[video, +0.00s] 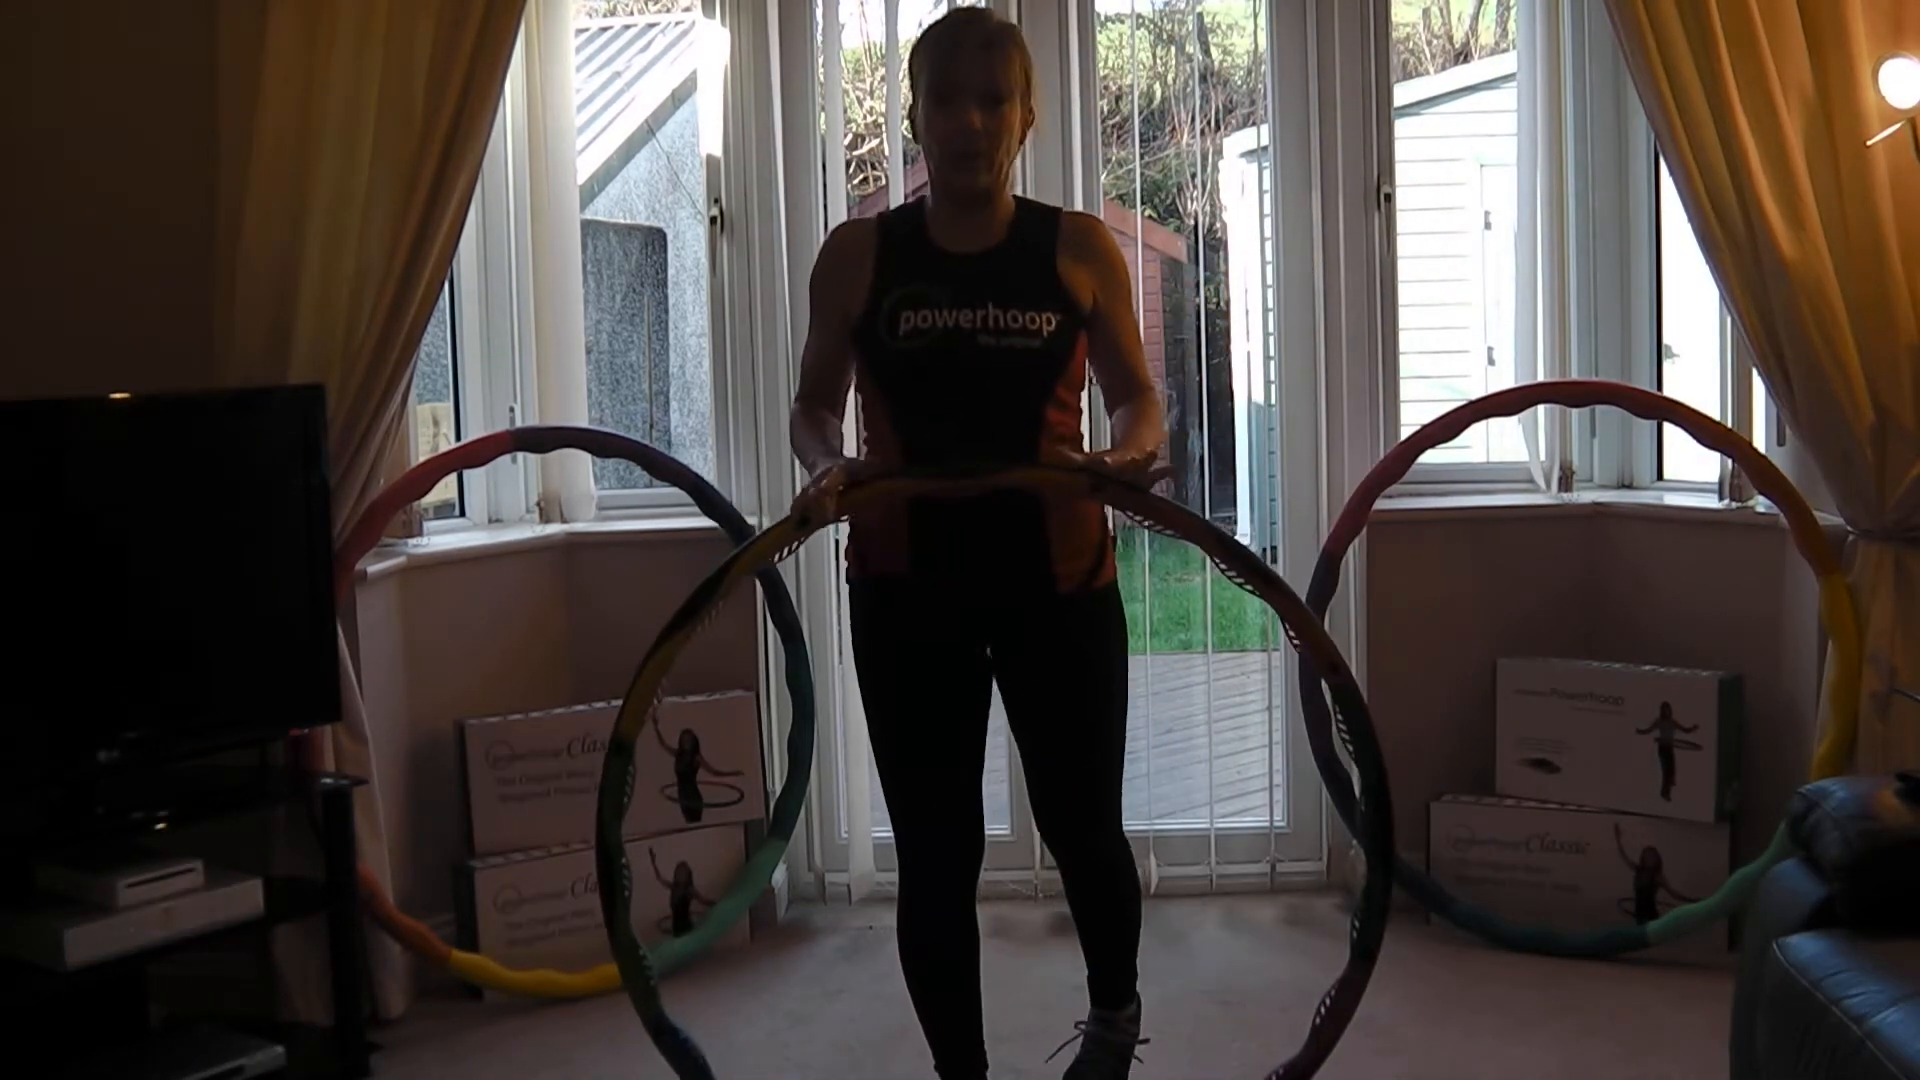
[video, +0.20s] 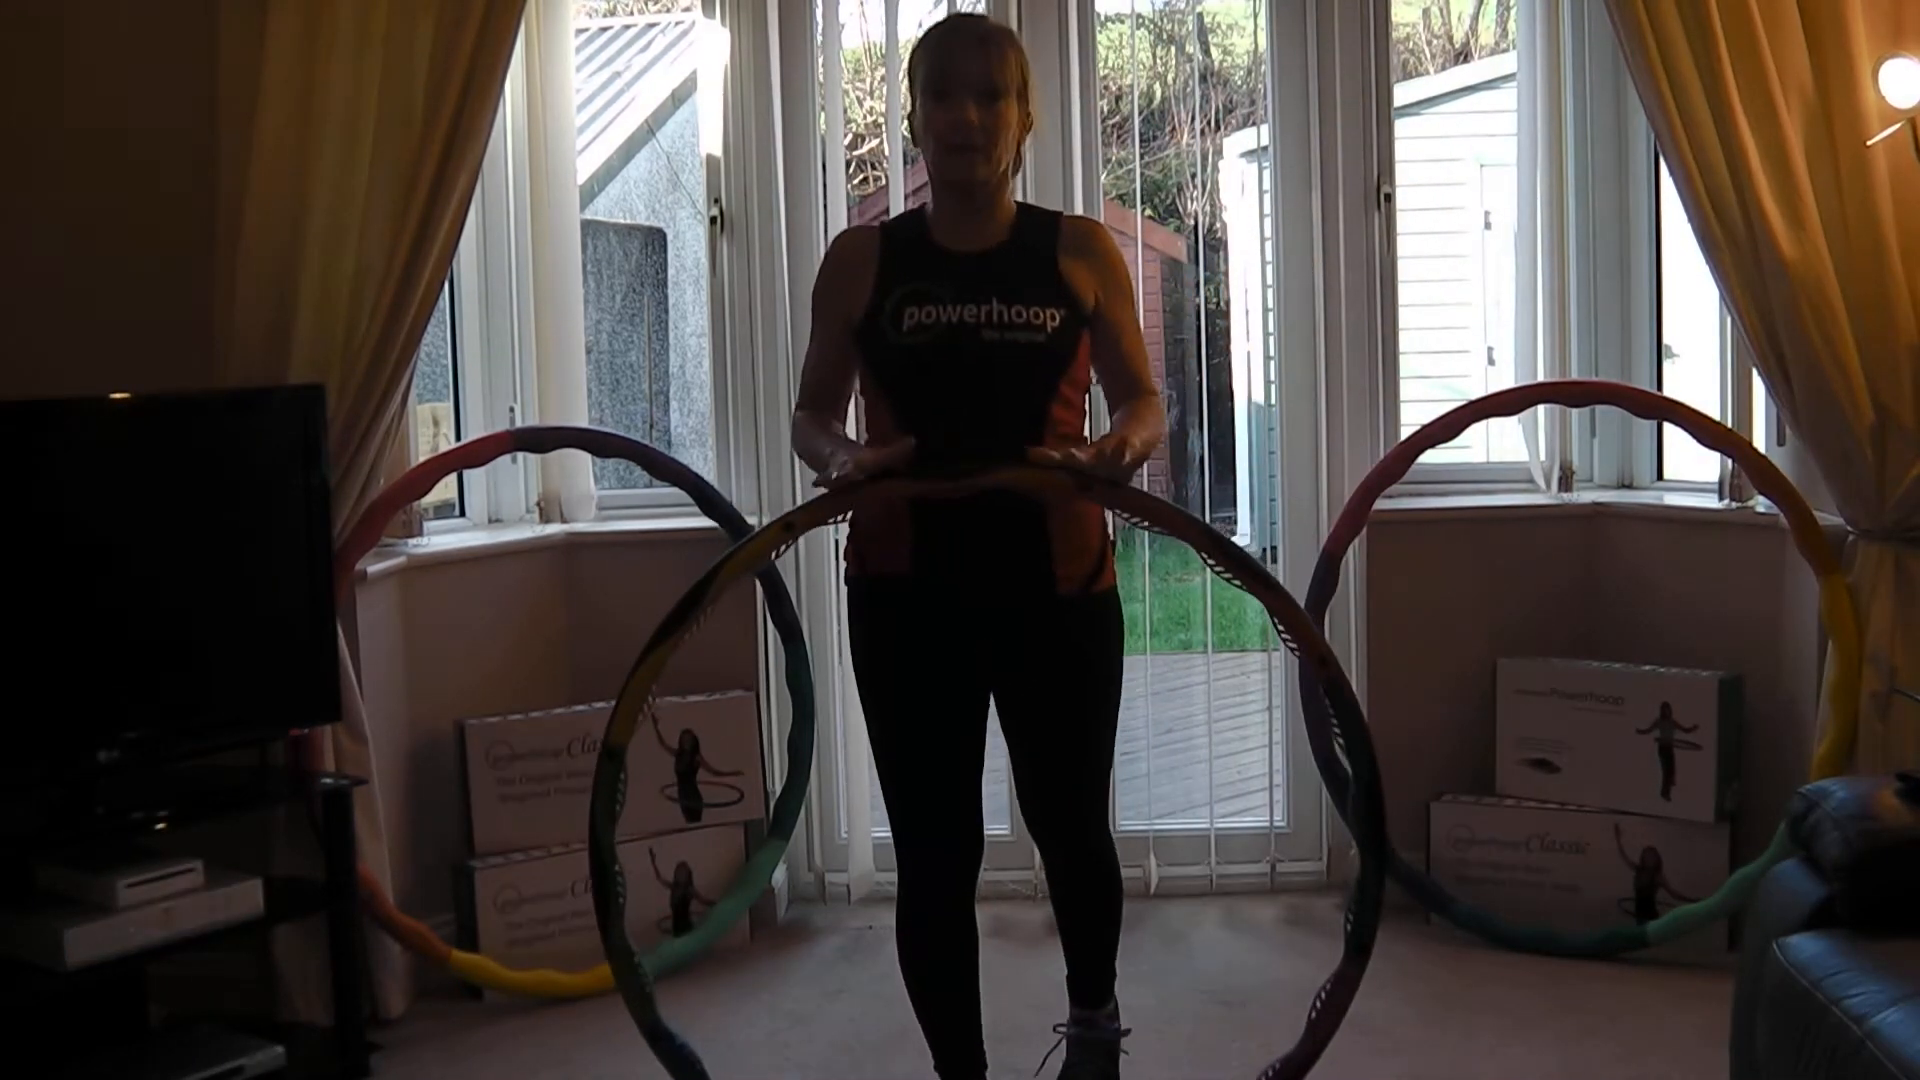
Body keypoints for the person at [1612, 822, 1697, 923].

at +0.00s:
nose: (1648, 859)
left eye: (1651, 857)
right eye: (1646, 856)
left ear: (1656, 859)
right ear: (1642, 858)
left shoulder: (1657, 876)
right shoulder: (1639, 871)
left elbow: (1673, 894)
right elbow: (1623, 856)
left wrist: (1692, 901)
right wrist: (1618, 839)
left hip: (1651, 913)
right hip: (1639, 912)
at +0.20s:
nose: (1648, 860)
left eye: (1651, 857)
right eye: (1646, 856)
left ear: (1656, 859)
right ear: (1642, 858)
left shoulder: (1657, 876)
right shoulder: (1639, 871)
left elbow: (1673, 894)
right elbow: (1623, 856)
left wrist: (1692, 901)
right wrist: (1618, 839)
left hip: (1651, 913)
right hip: (1639, 912)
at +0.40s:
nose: (1648, 860)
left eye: (1651, 857)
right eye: (1646, 856)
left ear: (1656, 859)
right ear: (1642, 858)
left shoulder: (1657, 876)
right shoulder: (1639, 871)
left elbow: (1673, 894)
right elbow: (1624, 857)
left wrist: (1693, 901)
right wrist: (1618, 839)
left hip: (1651, 913)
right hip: (1639, 912)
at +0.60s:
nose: (1648, 860)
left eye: (1651, 857)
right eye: (1646, 856)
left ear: (1657, 860)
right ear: (1642, 858)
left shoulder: (1657, 877)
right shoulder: (1639, 871)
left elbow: (1674, 894)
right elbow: (1623, 856)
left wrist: (1693, 901)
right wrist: (1618, 837)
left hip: (1651, 912)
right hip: (1639, 911)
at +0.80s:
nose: (1648, 860)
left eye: (1651, 857)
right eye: (1646, 857)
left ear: (1657, 860)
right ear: (1642, 858)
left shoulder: (1657, 877)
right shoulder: (1639, 870)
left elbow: (1674, 894)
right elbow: (1623, 856)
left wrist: (1693, 901)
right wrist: (1618, 837)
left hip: (1651, 912)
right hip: (1639, 911)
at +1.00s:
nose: (1648, 860)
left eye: (1651, 857)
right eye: (1646, 856)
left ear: (1657, 860)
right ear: (1642, 858)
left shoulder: (1657, 877)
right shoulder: (1639, 870)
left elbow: (1674, 894)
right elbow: (1623, 856)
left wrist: (1693, 901)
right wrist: (1618, 838)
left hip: (1651, 912)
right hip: (1639, 911)